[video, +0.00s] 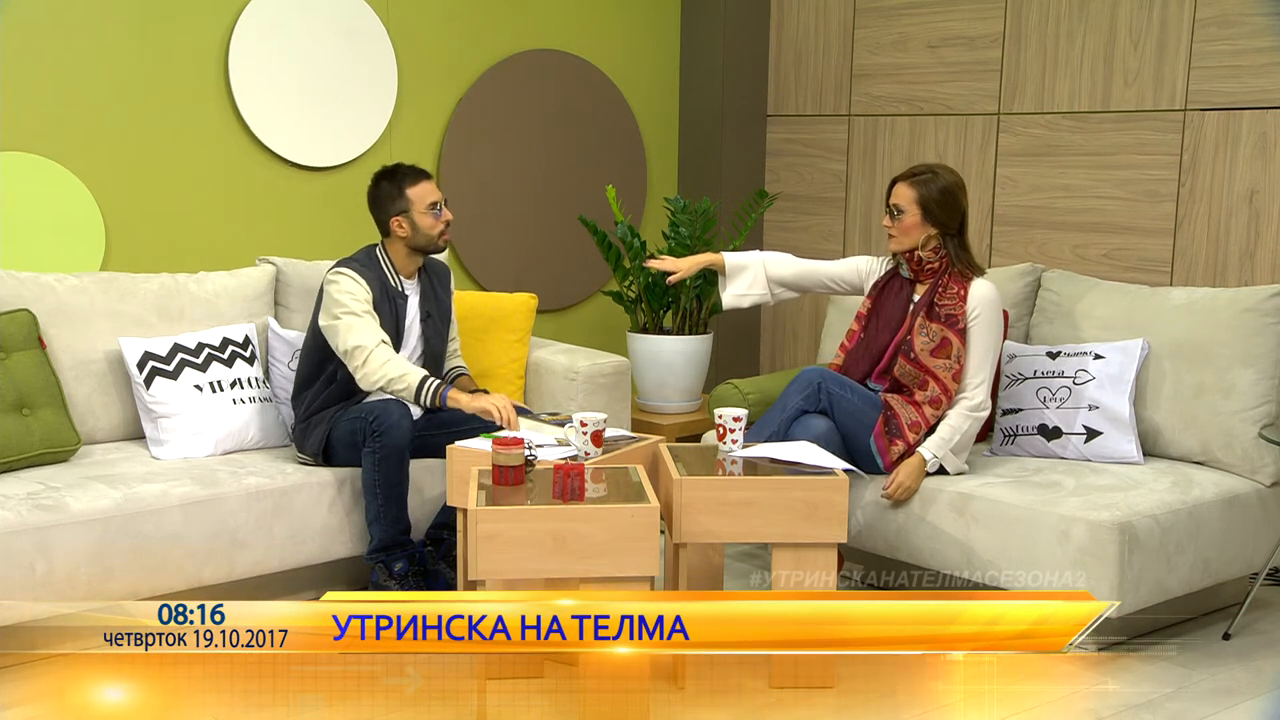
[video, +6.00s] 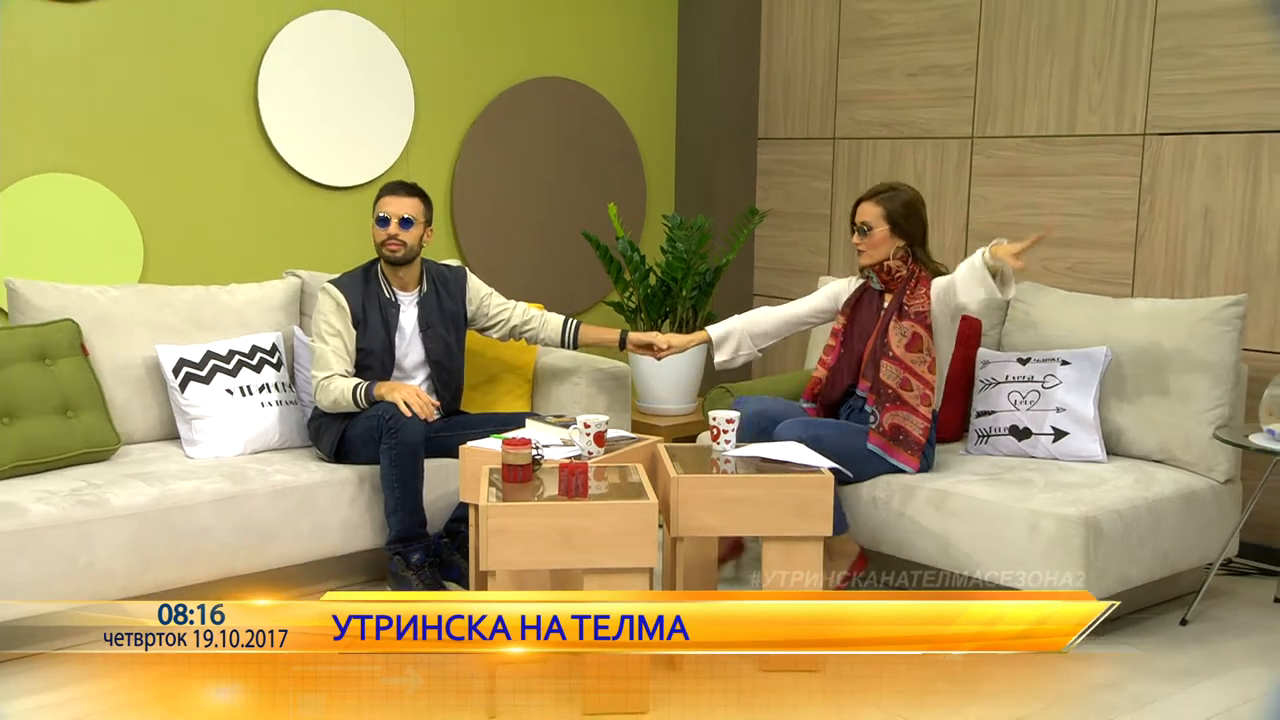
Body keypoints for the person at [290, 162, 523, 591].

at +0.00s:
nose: (448, 217)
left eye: (444, 206)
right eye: (434, 210)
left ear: (404, 227)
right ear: (399, 226)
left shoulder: (437, 274)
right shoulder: (347, 281)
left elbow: (450, 359)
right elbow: (373, 363)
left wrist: (477, 396)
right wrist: (455, 398)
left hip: (409, 419)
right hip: (331, 424)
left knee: (501, 428)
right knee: (391, 414)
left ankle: (440, 547)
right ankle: (391, 561)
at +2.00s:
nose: (395, 221)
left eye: (401, 209)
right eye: (378, 214)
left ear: (412, 211)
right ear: (354, 224)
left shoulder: (444, 270)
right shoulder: (321, 279)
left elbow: (527, 297)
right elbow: (284, 358)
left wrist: (626, 292)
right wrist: (266, 271)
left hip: (416, 420)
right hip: (328, 427)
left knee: (517, 423)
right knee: (389, 412)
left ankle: (443, 548)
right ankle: (392, 560)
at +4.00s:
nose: (422, 225)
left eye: (428, 212)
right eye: (406, 216)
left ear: (438, 215)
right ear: (381, 226)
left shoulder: (465, 276)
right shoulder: (354, 275)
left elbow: (550, 301)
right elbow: (320, 343)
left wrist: (656, 301)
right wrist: (355, 288)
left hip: (416, 421)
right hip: (332, 422)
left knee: (514, 431)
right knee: (393, 410)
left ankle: (443, 550)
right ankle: (392, 559)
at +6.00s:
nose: (392, 232)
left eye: (406, 223)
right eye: (383, 221)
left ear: (426, 232)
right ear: (372, 228)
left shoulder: (454, 283)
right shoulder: (341, 295)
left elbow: (528, 322)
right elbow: (328, 388)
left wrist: (627, 339)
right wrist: (382, 389)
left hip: (435, 419)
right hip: (353, 424)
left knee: (531, 429)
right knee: (404, 414)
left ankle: (452, 548)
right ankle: (409, 557)